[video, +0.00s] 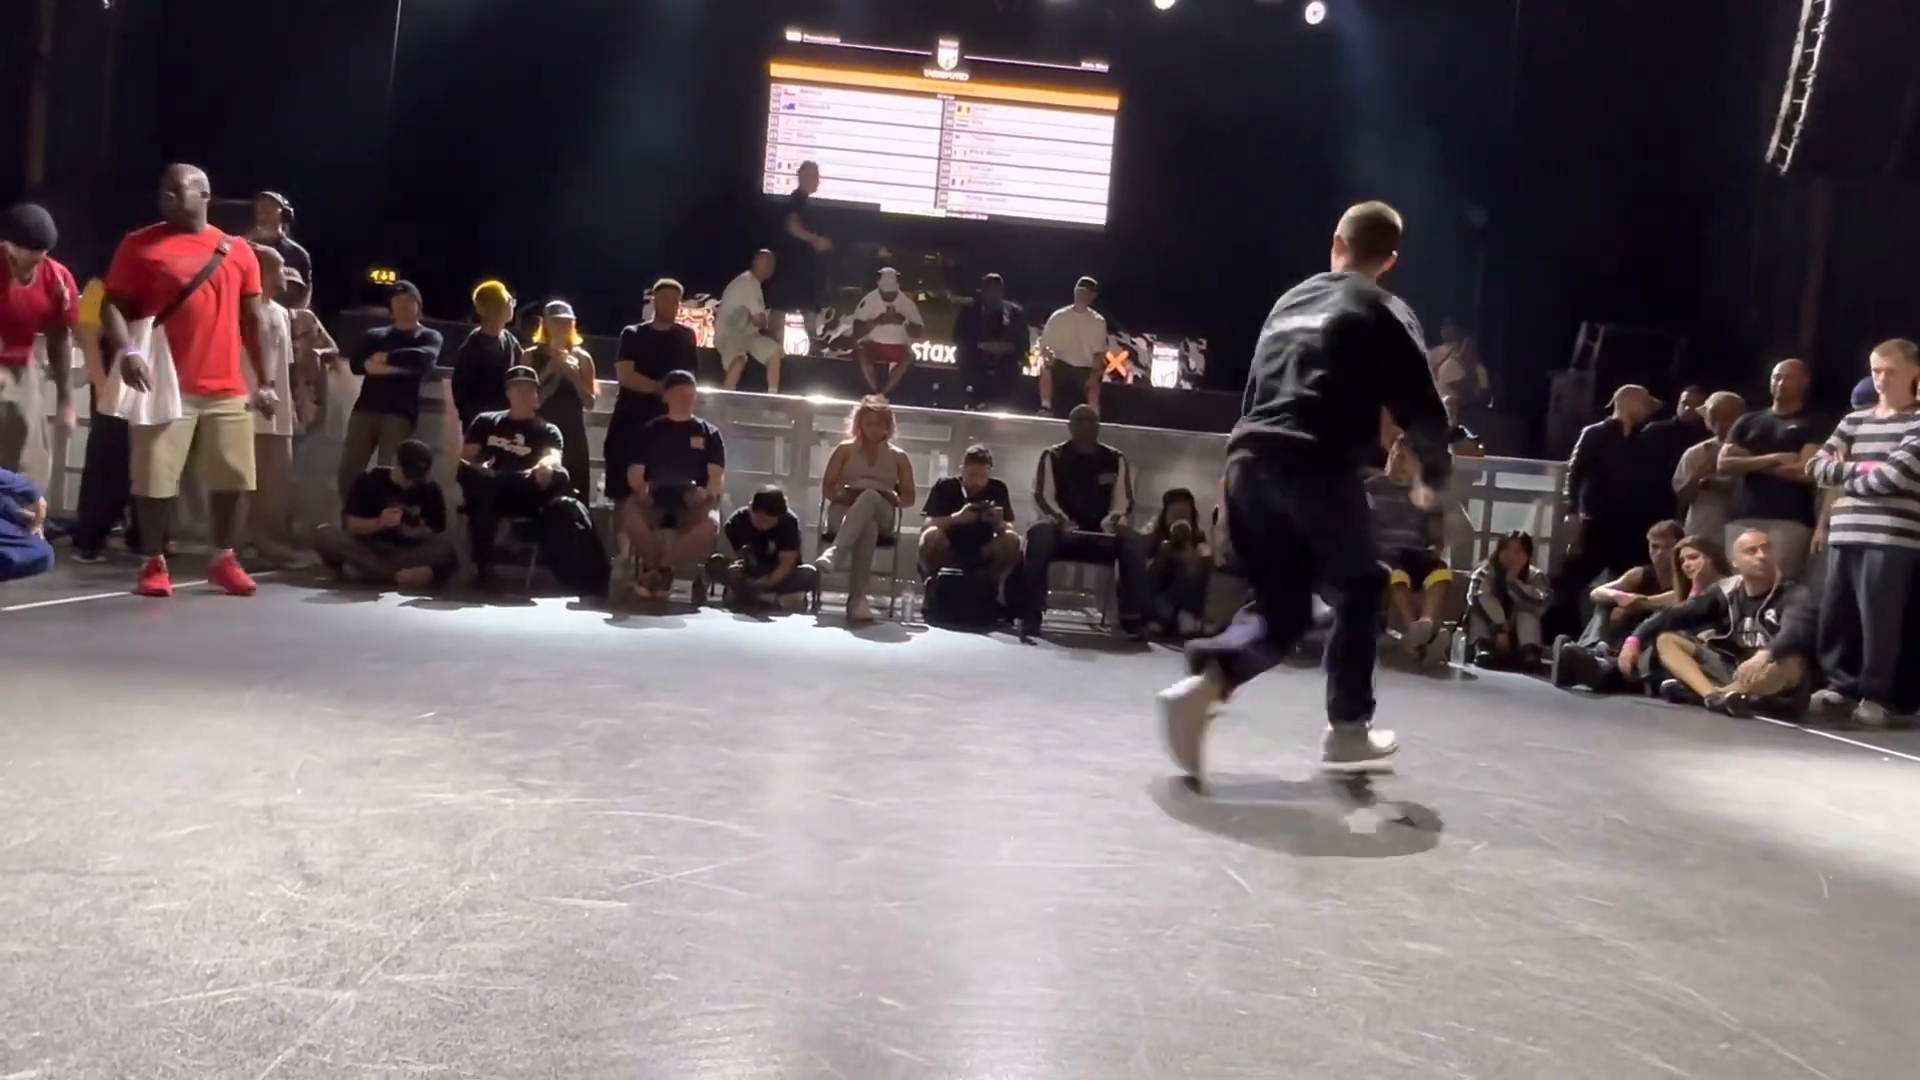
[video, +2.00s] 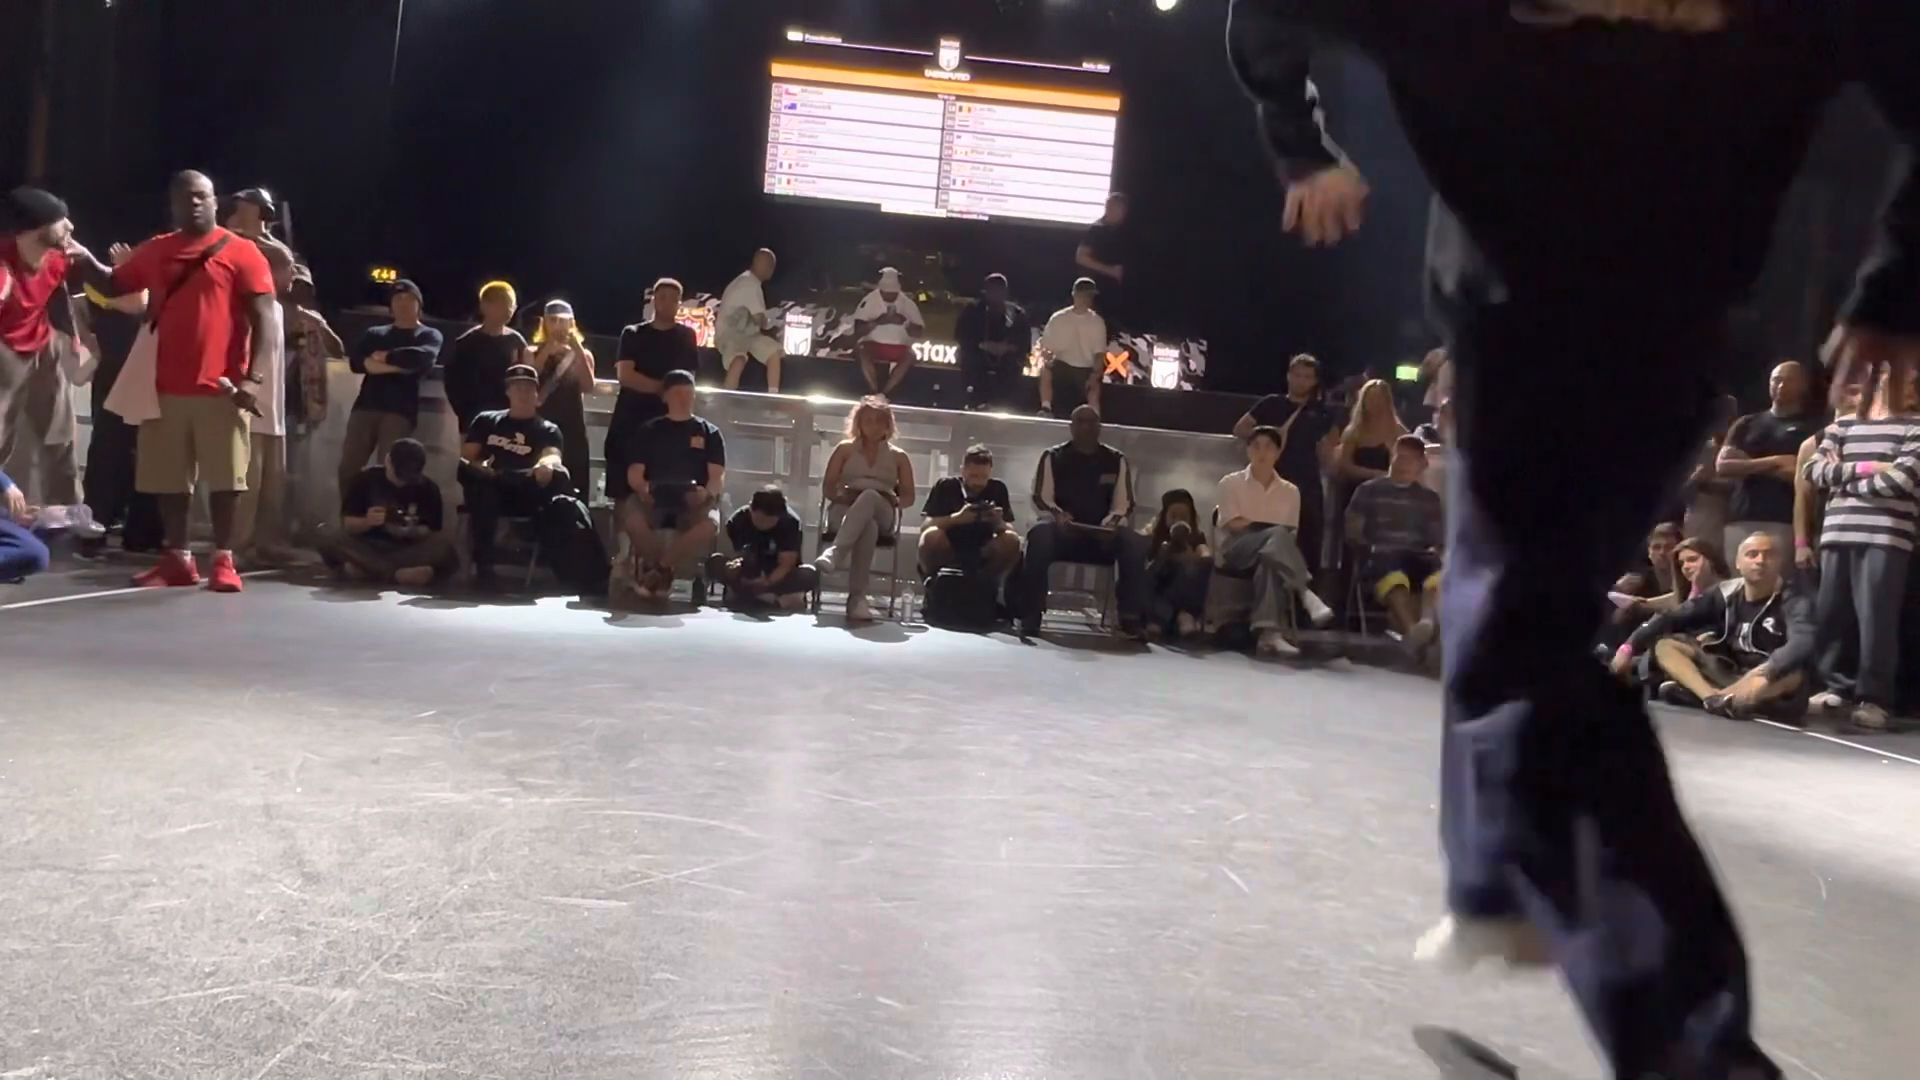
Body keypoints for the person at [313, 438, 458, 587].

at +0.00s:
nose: (407, 484)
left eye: (414, 480)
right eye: (405, 477)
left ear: (423, 474)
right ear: (395, 464)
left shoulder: (429, 489)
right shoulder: (369, 480)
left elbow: (437, 531)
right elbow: (351, 525)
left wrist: (415, 531)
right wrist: (380, 523)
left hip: (410, 550)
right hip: (369, 547)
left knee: (444, 550)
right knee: (323, 535)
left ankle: (370, 573)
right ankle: (394, 574)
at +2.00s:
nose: (401, 483)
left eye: (408, 480)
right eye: (397, 477)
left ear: (419, 471)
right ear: (387, 462)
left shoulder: (428, 489)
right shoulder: (365, 480)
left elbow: (432, 531)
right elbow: (347, 524)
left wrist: (407, 532)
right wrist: (367, 523)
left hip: (409, 550)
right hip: (368, 547)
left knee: (443, 548)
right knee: (326, 535)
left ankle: (370, 572)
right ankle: (393, 573)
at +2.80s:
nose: (400, 466)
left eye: (405, 460)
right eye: (395, 459)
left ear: (412, 462)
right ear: (382, 459)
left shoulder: (427, 492)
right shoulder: (362, 485)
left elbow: (436, 535)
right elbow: (344, 527)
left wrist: (404, 528)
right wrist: (367, 527)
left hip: (409, 551)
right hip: (368, 547)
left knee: (445, 550)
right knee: (326, 538)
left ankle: (373, 576)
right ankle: (394, 577)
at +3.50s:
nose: (380, 471)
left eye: (386, 466)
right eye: (375, 465)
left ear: (395, 470)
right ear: (365, 467)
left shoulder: (412, 502)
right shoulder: (346, 497)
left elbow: (423, 546)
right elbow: (327, 538)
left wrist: (395, 548)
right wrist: (350, 541)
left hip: (395, 561)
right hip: (354, 560)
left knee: (433, 561)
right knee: (313, 550)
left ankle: (358, 588)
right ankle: (382, 591)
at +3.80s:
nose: (375, 477)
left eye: (380, 472)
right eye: (369, 471)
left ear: (389, 475)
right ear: (358, 474)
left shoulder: (405, 507)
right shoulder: (339, 501)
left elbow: (416, 548)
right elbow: (318, 540)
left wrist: (400, 558)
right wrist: (346, 557)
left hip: (389, 568)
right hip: (347, 567)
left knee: (427, 568)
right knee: (306, 556)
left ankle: (350, 596)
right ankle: (378, 596)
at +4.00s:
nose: (371, 485)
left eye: (377, 480)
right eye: (366, 479)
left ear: (386, 483)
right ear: (356, 481)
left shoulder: (402, 515)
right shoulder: (338, 509)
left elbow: (413, 557)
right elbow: (320, 548)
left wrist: (384, 573)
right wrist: (341, 574)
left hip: (385, 575)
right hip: (346, 572)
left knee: (424, 573)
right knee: (301, 562)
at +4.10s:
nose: (374, 491)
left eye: (380, 485)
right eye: (369, 484)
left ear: (389, 488)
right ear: (358, 487)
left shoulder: (405, 520)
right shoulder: (339, 514)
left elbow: (415, 562)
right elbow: (319, 553)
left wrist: (387, 579)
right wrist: (341, 578)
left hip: (386, 581)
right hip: (347, 580)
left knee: (428, 580)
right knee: (304, 567)